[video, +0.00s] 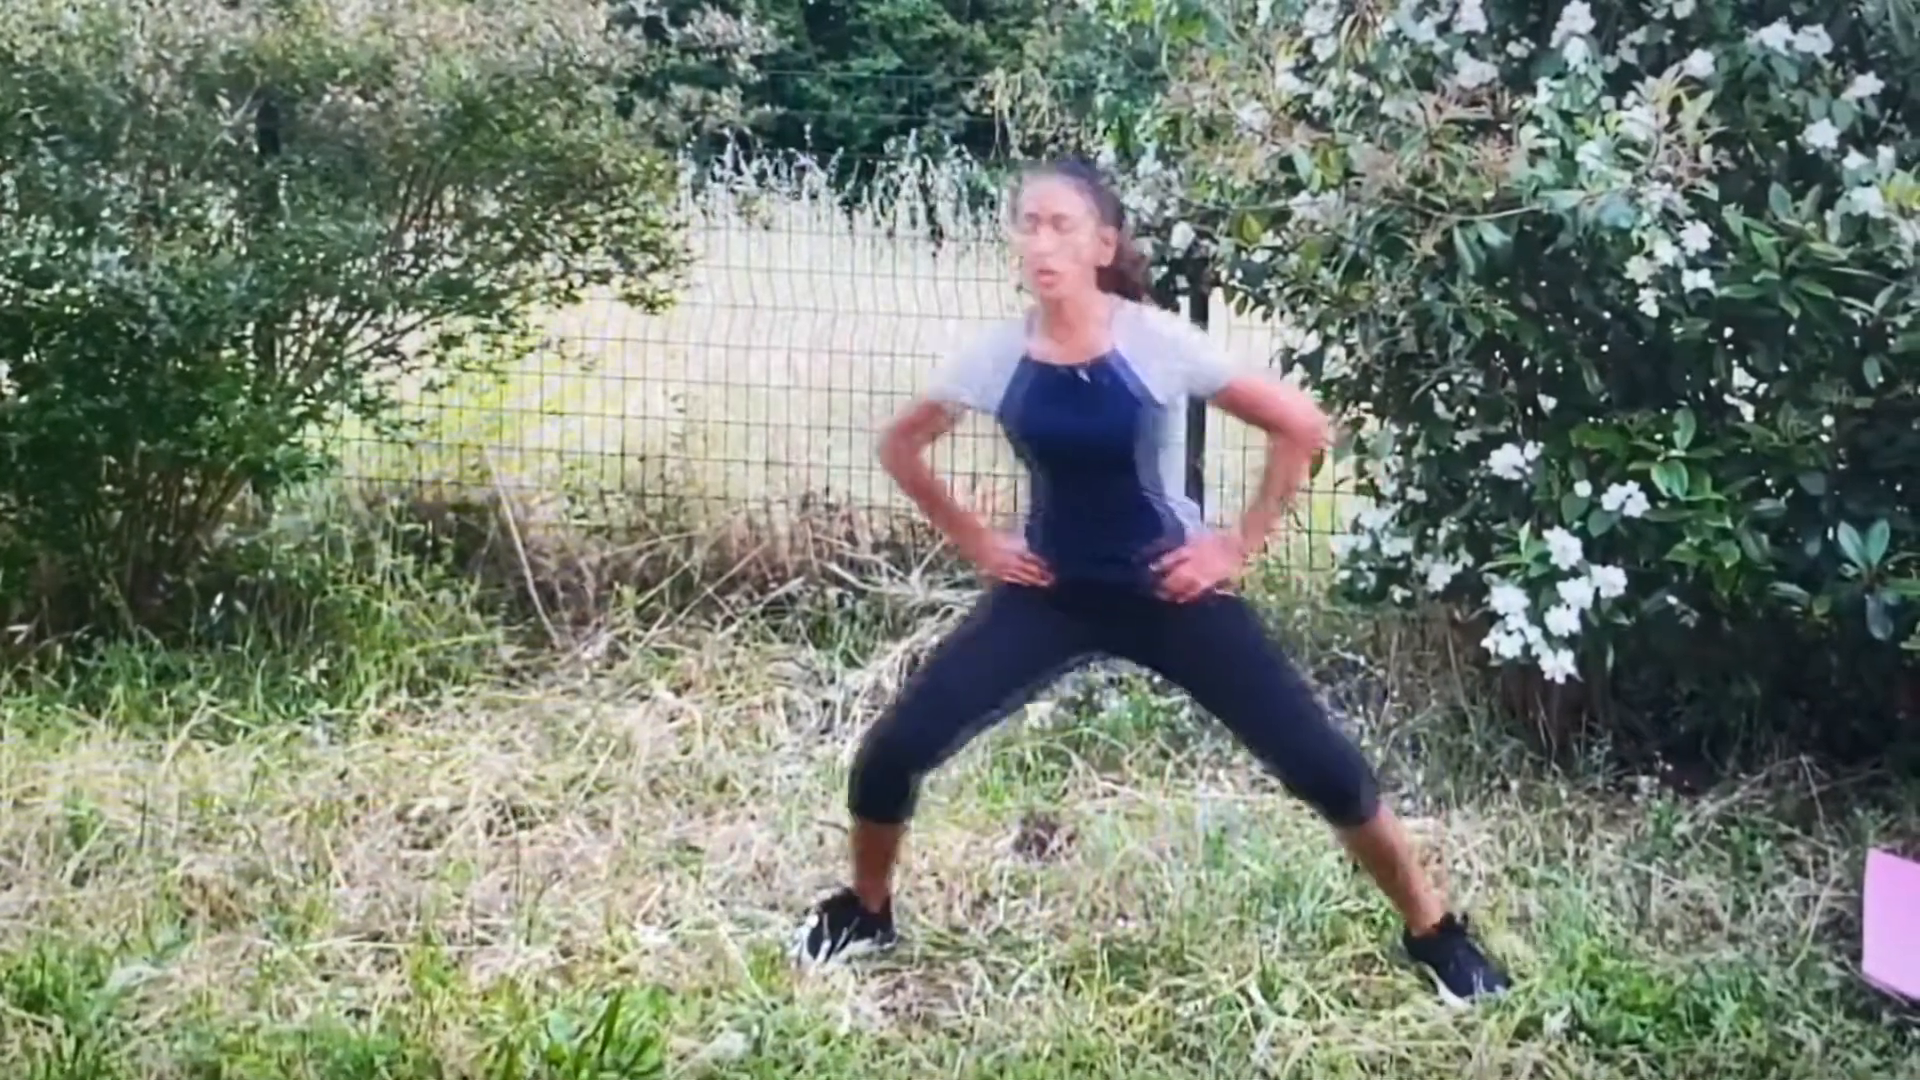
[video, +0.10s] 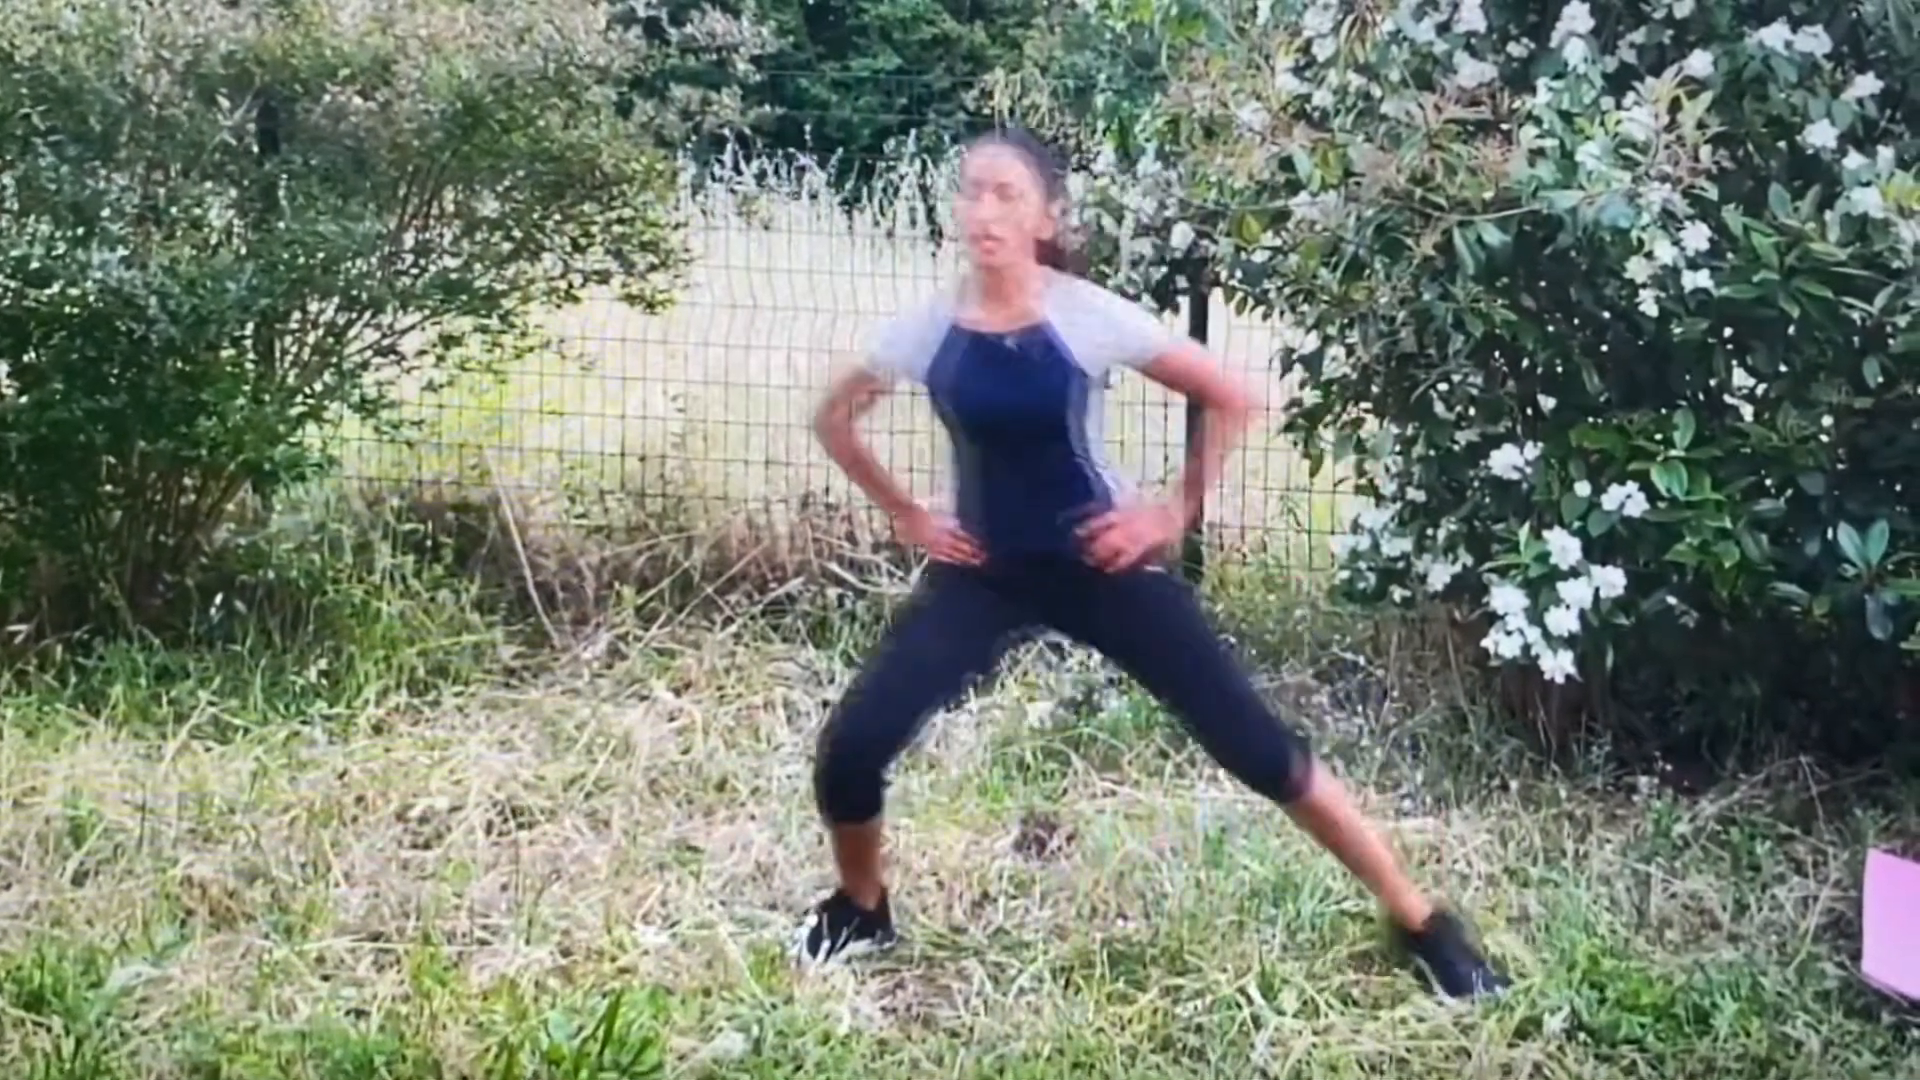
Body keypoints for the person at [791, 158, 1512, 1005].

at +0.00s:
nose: (1036, 243)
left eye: (1058, 225)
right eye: (1027, 224)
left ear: (1106, 246)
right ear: (1013, 242)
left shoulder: (1161, 343)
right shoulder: (1000, 351)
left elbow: (1303, 431)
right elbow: (897, 446)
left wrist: (1240, 542)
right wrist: (976, 538)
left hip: (1175, 601)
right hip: (1046, 598)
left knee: (1331, 768)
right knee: (887, 756)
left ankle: (1435, 933)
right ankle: (864, 910)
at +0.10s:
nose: (983, 210)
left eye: (1005, 193)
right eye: (970, 192)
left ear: (1048, 219)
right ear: (953, 213)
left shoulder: (1089, 317)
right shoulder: (929, 326)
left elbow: (1232, 397)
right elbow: (832, 419)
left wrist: (1174, 510)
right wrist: (906, 513)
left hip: (1107, 576)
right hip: (980, 578)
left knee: (1259, 749)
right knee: (846, 756)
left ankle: (1423, 925)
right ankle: (860, 908)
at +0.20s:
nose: (941, 185)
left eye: (966, 170)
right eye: (930, 166)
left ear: (1007, 199)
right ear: (911, 184)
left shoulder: (1045, 296)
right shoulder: (877, 294)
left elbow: (1185, 382)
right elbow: (773, 394)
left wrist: (1121, 491)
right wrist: (853, 498)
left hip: (1050, 549)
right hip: (928, 553)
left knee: (1175, 711)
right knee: (831, 753)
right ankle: (862, 910)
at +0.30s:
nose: (923, 167)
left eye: (947, 153)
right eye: (911, 148)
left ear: (985, 180)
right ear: (891, 167)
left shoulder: (1022, 281)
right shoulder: (854, 273)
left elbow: (1154, 381)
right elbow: (734, 365)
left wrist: (1082, 486)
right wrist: (816, 480)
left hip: (1011, 538)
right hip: (888, 536)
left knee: (1085, 710)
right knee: (812, 750)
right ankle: (860, 907)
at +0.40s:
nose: (914, 159)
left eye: (938, 144)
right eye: (901, 141)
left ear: (976, 171)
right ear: (882, 159)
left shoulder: (1013, 275)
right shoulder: (844, 257)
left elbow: (1130, 391)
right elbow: (717, 334)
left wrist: (1052, 490)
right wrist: (790, 455)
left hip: (976, 529)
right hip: (856, 516)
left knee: (993, 743)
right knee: (754, 707)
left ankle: (940, 905)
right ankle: (836, 875)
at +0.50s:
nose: (902, 161)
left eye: (925, 145)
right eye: (889, 143)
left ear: (966, 169)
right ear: (869, 162)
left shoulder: (998, 277)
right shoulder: (832, 253)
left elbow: (1106, 403)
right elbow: (701, 318)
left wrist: (1023, 499)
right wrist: (769, 438)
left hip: (945, 530)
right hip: (827, 507)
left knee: (947, 731)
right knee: (670, 642)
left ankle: (932, 908)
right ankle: (724, 828)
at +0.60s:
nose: (877, 162)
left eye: (900, 147)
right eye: (866, 144)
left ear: (942, 172)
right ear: (847, 162)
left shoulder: (972, 280)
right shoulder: (811, 254)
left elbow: (1073, 413)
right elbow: (674, 304)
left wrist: (987, 503)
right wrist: (740, 427)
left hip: (911, 529)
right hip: (793, 502)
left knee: (937, 733)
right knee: (597, 616)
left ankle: (932, 911)